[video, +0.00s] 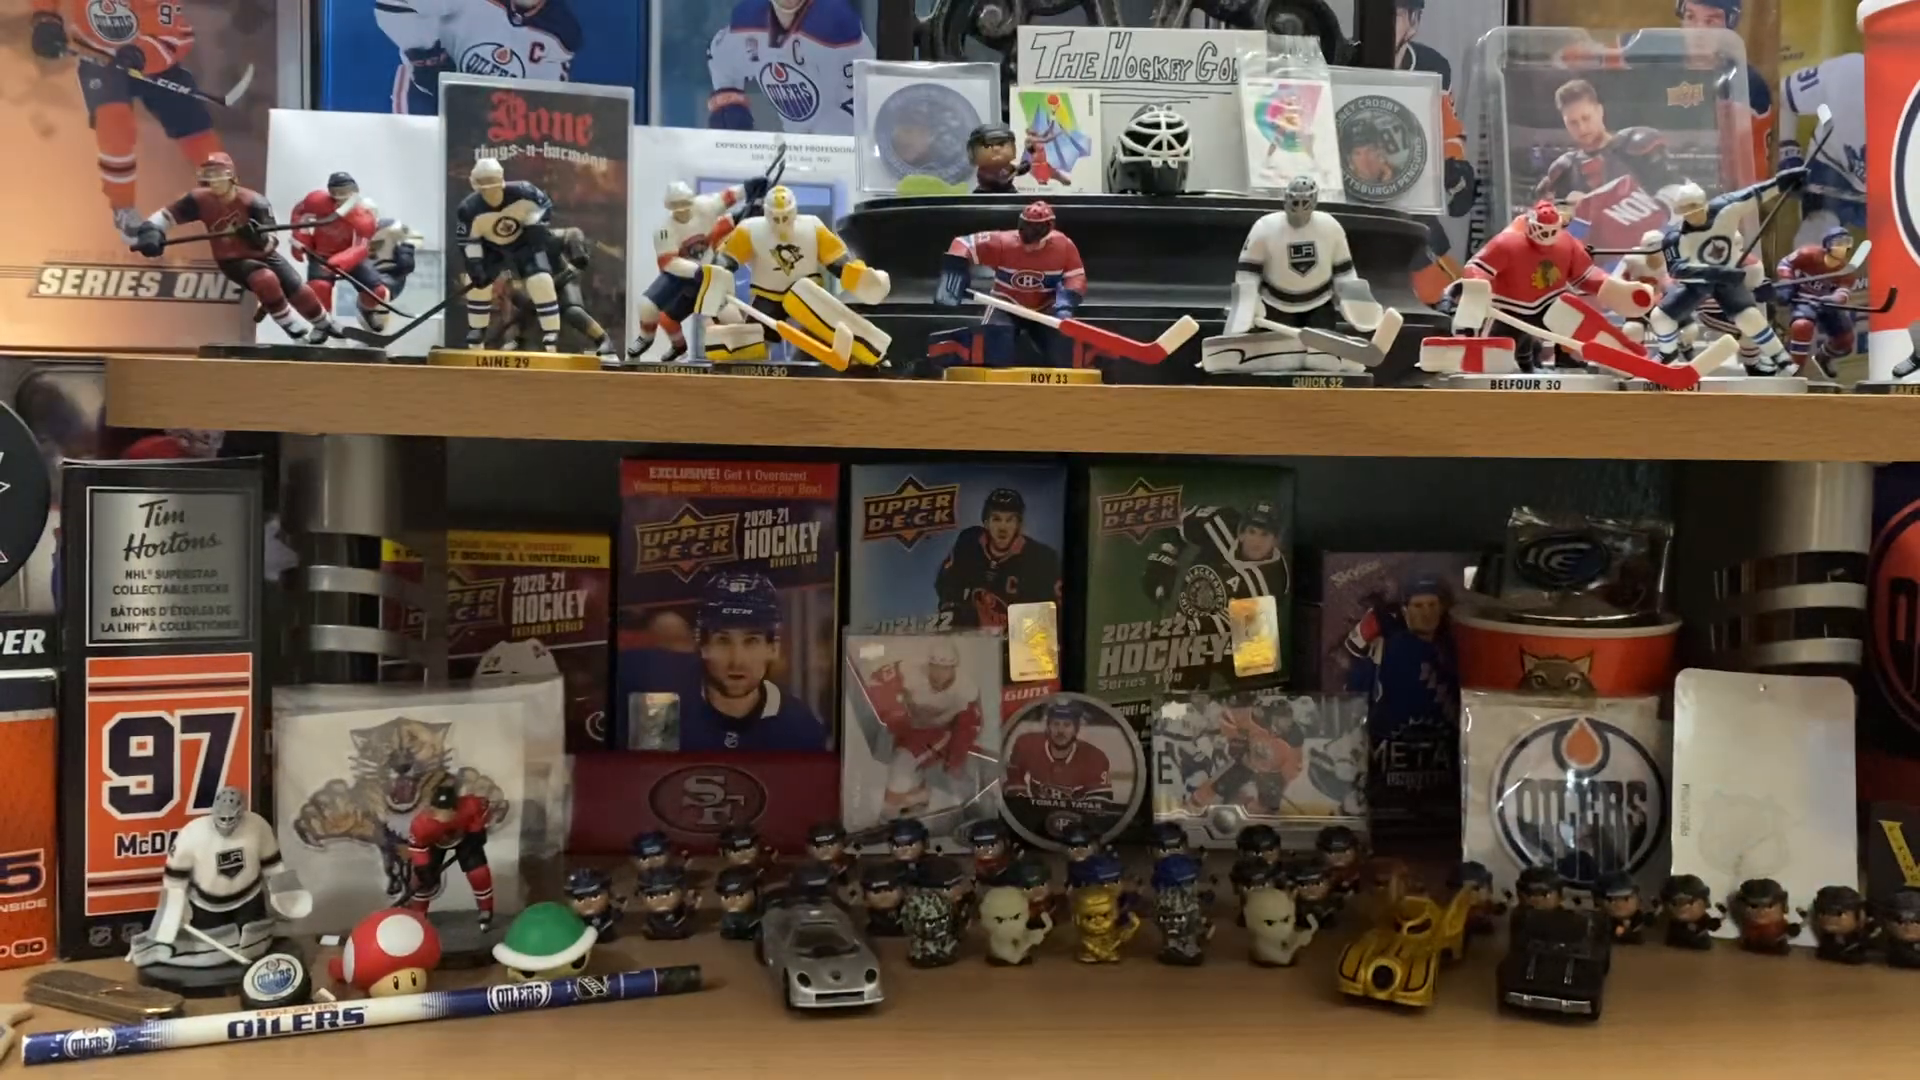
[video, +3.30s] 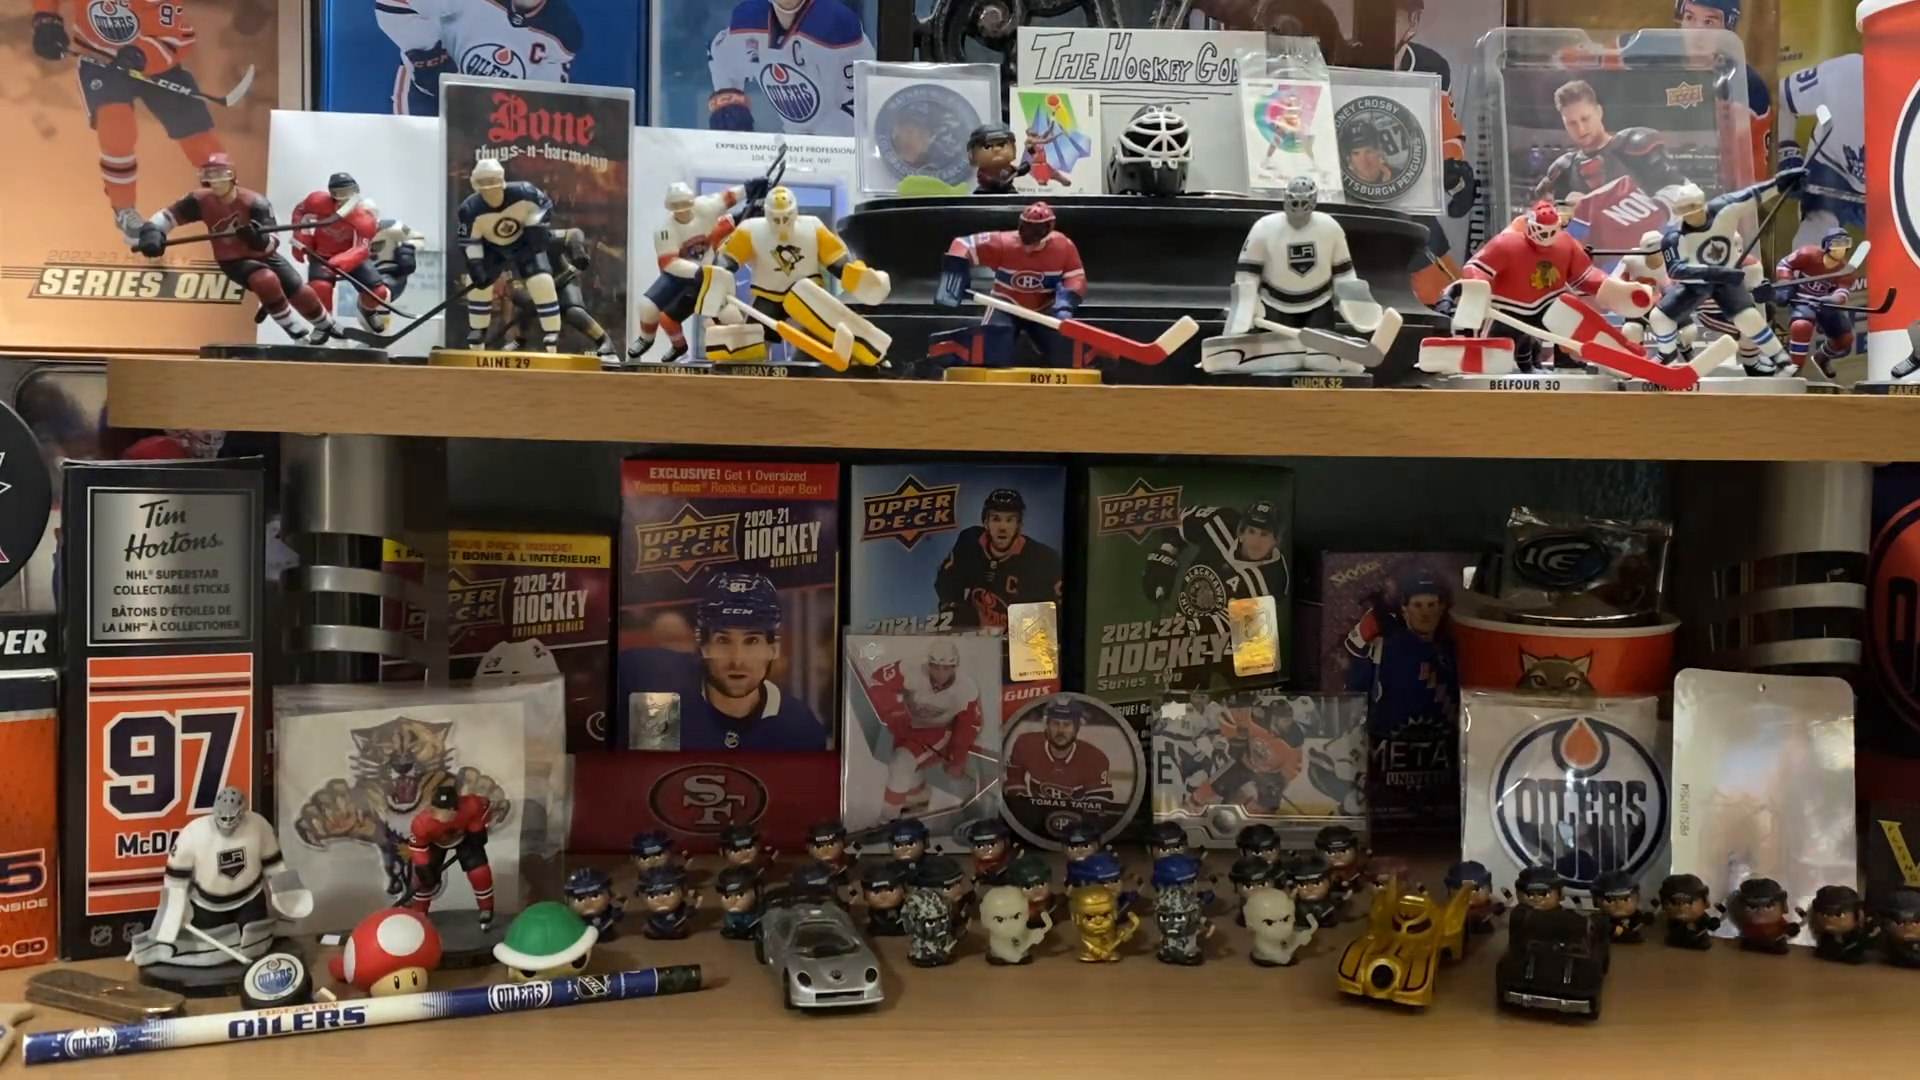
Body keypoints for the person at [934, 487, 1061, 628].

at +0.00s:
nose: (1003, 527)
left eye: (1009, 520)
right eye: (996, 520)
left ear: (1019, 524)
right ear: (986, 522)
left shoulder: (1041, 557)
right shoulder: (968, 542)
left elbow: (1045, 605)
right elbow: (944, 581)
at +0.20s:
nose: (1002, 527)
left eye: (1009, 520)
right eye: (996, 520)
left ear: (1019, 524)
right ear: (985, 523)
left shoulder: (1041, 558)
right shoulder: (968, 542)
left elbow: (1046, 605)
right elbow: (944, 581)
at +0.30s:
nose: (1003, 527)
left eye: (1009, 520)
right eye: (996, 520)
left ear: (1019, 524)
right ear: (985, 522)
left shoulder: (1041, 558)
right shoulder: (968, 542)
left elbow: (1047, 604)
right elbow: (944, 579)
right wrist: (949, 608)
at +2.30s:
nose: (1002, 527)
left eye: (1009, 520)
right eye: (996, 520)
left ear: (1019, 525)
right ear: (985, 523)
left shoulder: (1042, 559)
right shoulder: (968, 542)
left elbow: (1046, 607)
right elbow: (944, 580)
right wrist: (949, 607)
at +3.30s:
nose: (1002, 527)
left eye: (1009, 520)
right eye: (996, 519)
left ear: (1019, 524)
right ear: (985, 522)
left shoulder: (1042, 559)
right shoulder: (969, 542)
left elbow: (1050, 604)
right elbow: (945, 576)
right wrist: (950, 607)